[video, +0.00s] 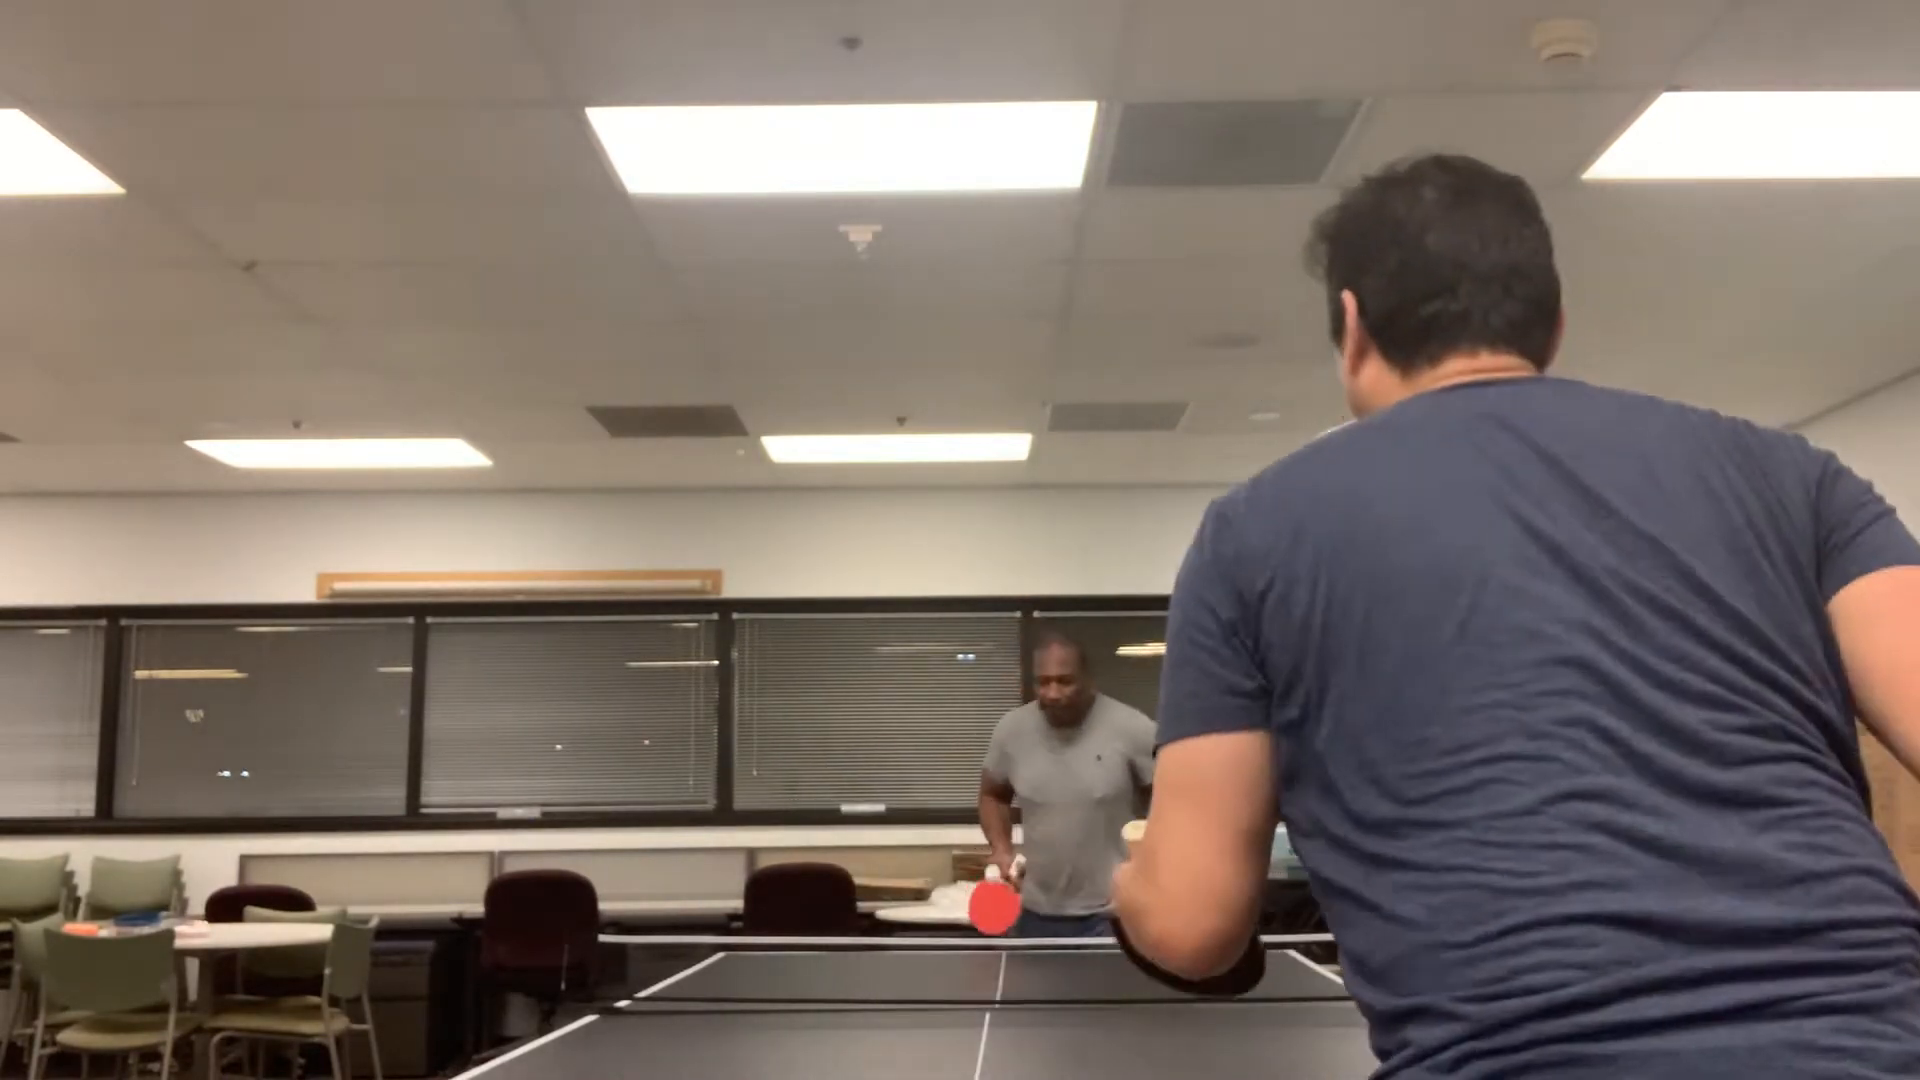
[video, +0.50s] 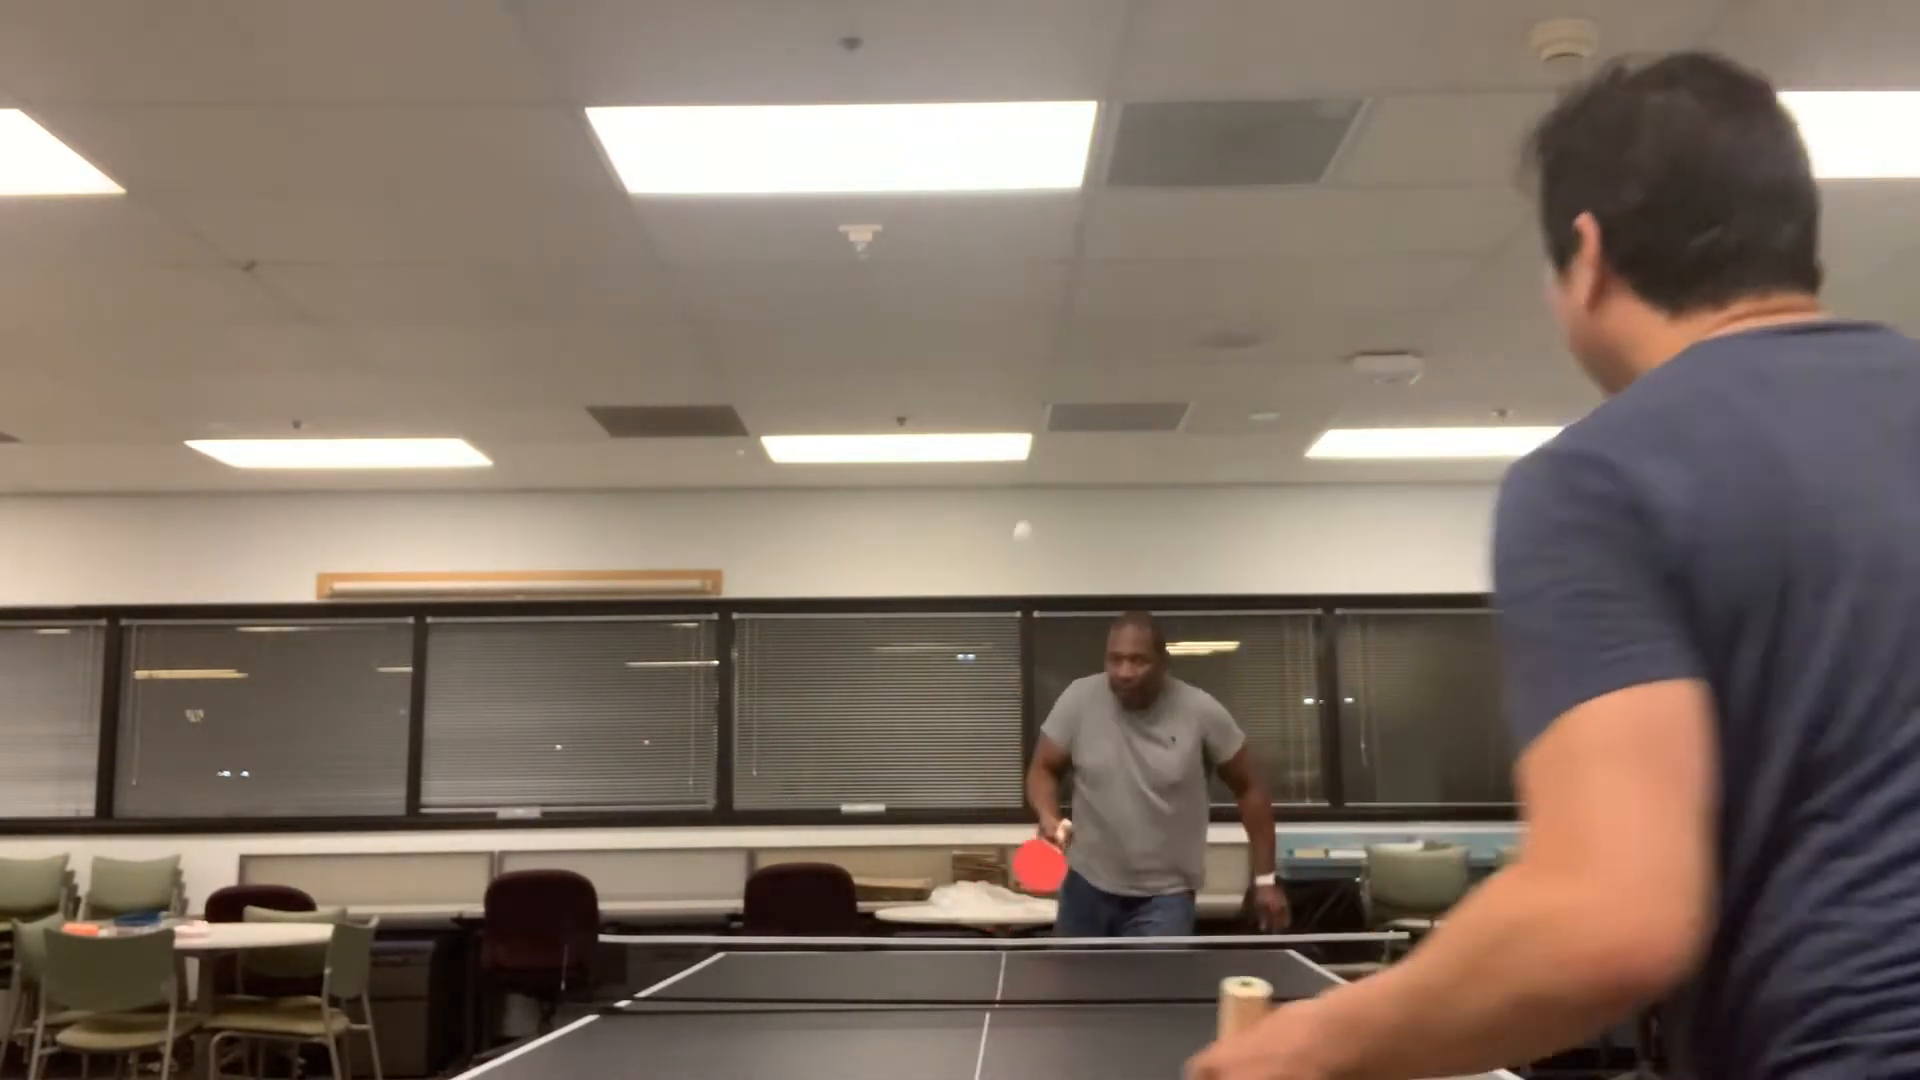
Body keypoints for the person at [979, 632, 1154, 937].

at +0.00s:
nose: (1052, 694)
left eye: (1064, 682)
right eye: (1043, 683)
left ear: (1087, 681)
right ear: (1033, 682)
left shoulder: (1132, 730)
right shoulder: (1013, 728)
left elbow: (1173, 796)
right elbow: (993, 795)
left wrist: (1151, 871)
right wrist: (1003, 853)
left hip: (1107, 916)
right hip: (1035, 914)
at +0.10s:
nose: (1070, 694)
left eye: (1084, 683)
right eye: (1062, 682)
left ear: (1109, 679)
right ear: (1054, 678)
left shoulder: (1154, 720)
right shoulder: (1033, 719)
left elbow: (1182, 794)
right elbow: (1010, 790)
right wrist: (1011, 848)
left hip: (1134, 900)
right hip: (1061, 900)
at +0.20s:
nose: (1084, 696)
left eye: (1097, 685)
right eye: (1077, 683)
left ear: (1126, 676)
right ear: (1070, 673)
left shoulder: (1176, 710)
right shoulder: (1056, 701)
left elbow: (1212, 782)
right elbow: (1026, 772)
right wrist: (1014, 822)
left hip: (1150, 884)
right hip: (1076, 884)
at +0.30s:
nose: (1101, 688)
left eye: (1115, 678)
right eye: (1094, 675)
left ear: (1143, 671)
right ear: (1088, 666)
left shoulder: (1186, 701)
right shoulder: (1071, 691)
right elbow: (1034, 758)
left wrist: (1253, 839)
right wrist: (1027, 800)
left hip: (1161, 880)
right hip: (1086, 877)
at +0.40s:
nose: (1116, 678)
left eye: (1129, 667)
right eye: (1108, 665)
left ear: (1156, 663)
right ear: (1099, 661)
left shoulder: (1196, 704)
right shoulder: (1078, 692)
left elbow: (1255, 771)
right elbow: (1038, 760)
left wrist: (1274, 864)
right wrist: (1039, 803)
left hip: (1164, 890)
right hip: (1087, 885)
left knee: (1156, 1009)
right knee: (1073, 1003)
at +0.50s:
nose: (1124, 673)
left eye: (1138, 661)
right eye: (1116, 660)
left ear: (1162, 661)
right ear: (1105, 659)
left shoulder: (1200, 712)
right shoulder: (1080, 699)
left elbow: (1250, 788)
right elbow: (1042, 769)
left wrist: (1265, 879)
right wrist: (1049, 817)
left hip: (1165, 894)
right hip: (1088, 887)